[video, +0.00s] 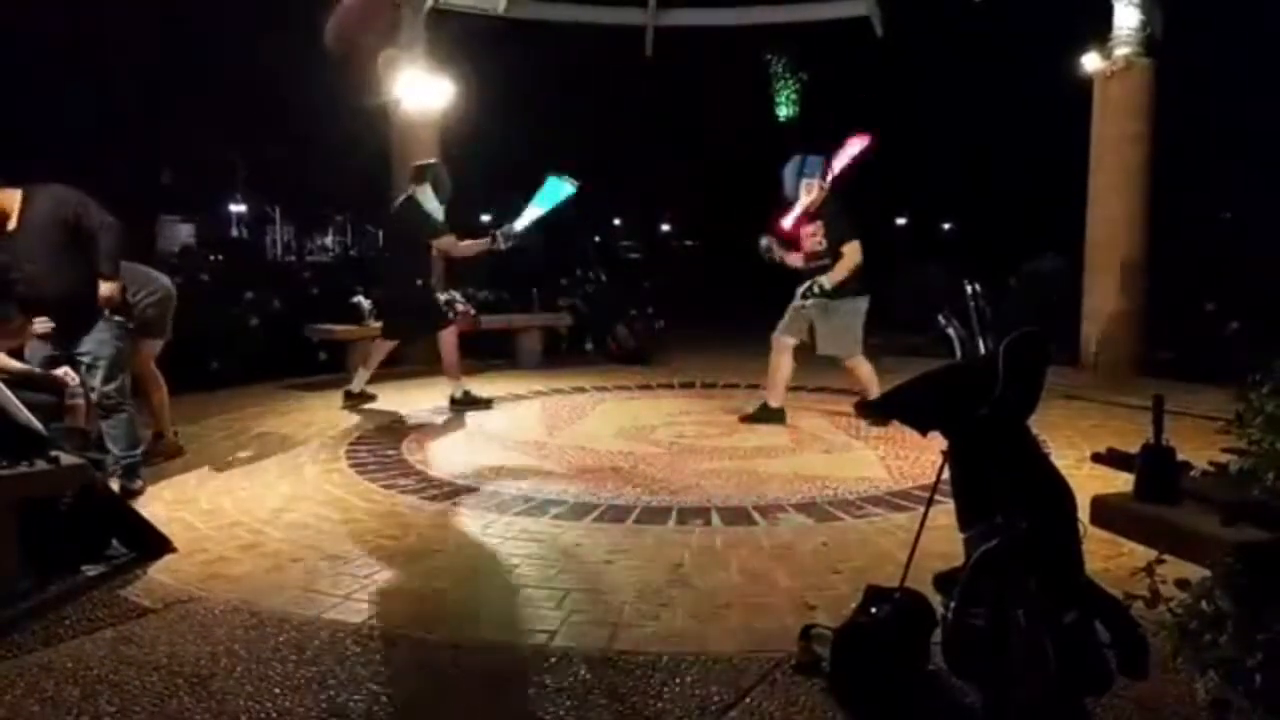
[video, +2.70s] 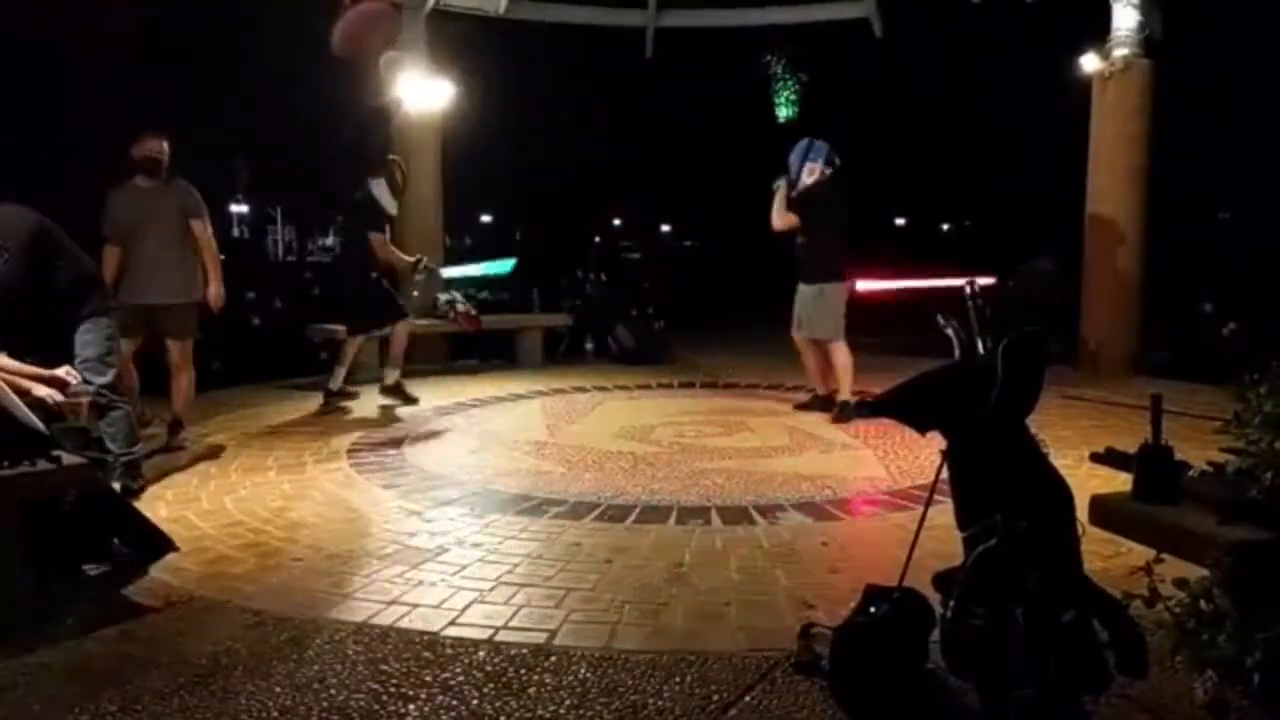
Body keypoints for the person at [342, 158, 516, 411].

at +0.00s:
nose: (446, 193)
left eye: (445, 187)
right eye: (443, 187)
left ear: (418, 182)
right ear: (431, 184)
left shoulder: (402, 207)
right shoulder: (417, 211)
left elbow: (437, 245)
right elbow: (454, 248)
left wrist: (484, 243)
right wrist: (491, 242)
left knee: (391, 334)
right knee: (447, 326)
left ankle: (355, 387)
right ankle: (458, 392)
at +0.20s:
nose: (434, 189)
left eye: (434, 182)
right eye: (431, 182)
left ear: (406, 181)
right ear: (420, 182)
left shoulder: (390, 204)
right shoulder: (400, 208)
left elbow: (422, 243)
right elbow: (430, 245)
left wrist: (460, 254)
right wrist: (467, 256)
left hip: (380, 281)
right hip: (393, 283)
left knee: (379, 336)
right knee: (421, 332)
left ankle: (353, 389)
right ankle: (449, 389)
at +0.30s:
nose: (430, 186)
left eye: (431, 179)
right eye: (427, 179)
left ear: (404, 178)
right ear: (414, 178)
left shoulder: (389, 201)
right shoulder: (396, 204)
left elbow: (415, 245)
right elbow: (417, 245)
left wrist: (449, 264)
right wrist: (452, 265)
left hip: (378, 280)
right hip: (387, 282)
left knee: (374, 335)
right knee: (412, 331)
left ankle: (352, 389)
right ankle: (431, 390)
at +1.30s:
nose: (425, 186)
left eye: (424, 180)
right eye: (421, 180)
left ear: (403, 180)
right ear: (409, 181)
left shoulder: (395, 206)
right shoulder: (388, 207)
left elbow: (396, 251)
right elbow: (390, 254)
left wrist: (415, 273)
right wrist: (415, 275)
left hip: (376, 278)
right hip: (381, 279)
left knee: (374, 335)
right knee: (408, 328)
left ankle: (347, 388)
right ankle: (426, 387)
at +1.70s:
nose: (428, 185)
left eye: (428, 179)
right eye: (425, 179)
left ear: (405, 180)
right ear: (413, 180)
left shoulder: (392, 203)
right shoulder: (395, 206)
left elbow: (406, 251)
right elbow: (406, 251)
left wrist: (436, 263)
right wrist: (438, 261)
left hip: (377, 279)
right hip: (387, 280)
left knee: (381, 333)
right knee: (426, 325)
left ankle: (349, 387)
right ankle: (433, 386)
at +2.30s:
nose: (413, 186)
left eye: (412, 180)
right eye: (410, 180)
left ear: (391, 179)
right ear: (399, 180)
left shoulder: (376, 201)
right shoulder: (381, 205)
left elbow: (384, 248)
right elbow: (390, 249)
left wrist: (404, 272)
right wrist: (414, 271)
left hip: (364, 276)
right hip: (371, 278)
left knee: (359, 333)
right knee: (396, 329)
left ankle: (333, 387)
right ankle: (421, 385)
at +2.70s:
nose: (398, 186)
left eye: (398, 180)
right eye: (395, 180)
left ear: (372, 181)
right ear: (386, 181)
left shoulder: (360, 201)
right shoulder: (373, 206)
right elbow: (381, 248)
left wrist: (406, 262)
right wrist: (410, 261)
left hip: (350, 274)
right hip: (364, 276)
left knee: (358, 329)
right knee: (402, 322)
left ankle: (334, 386)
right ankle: (392, 381)